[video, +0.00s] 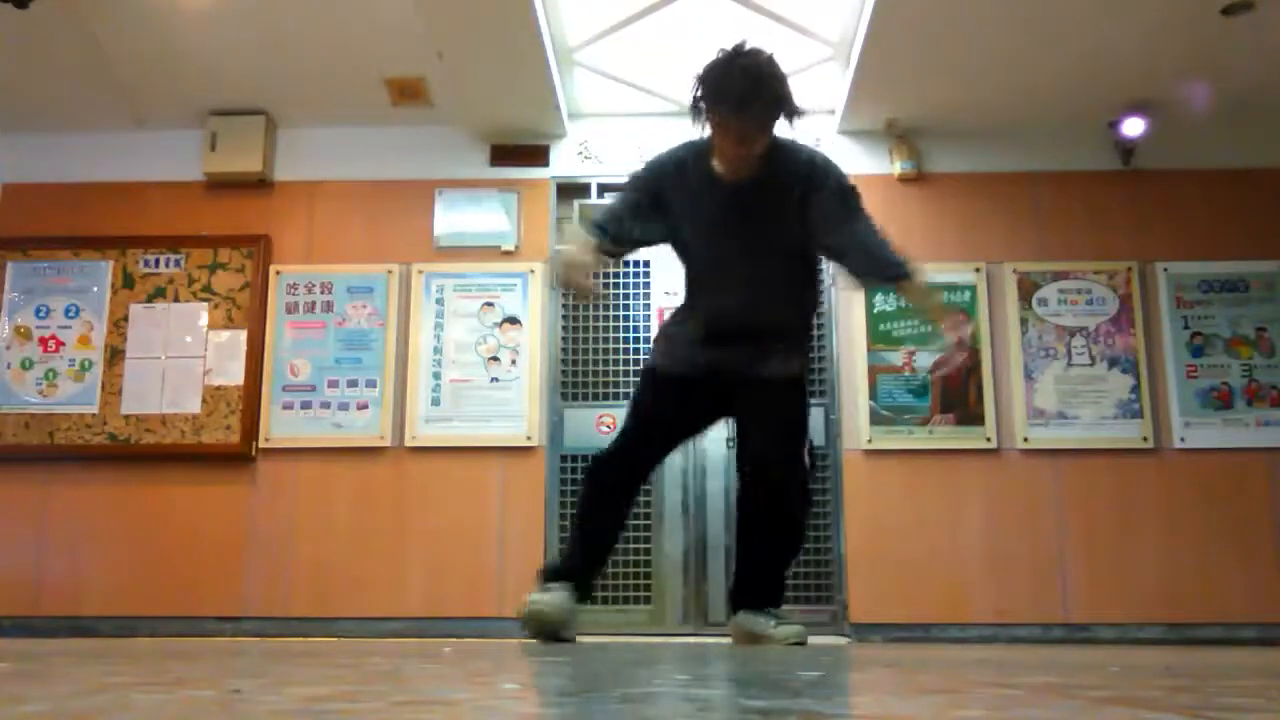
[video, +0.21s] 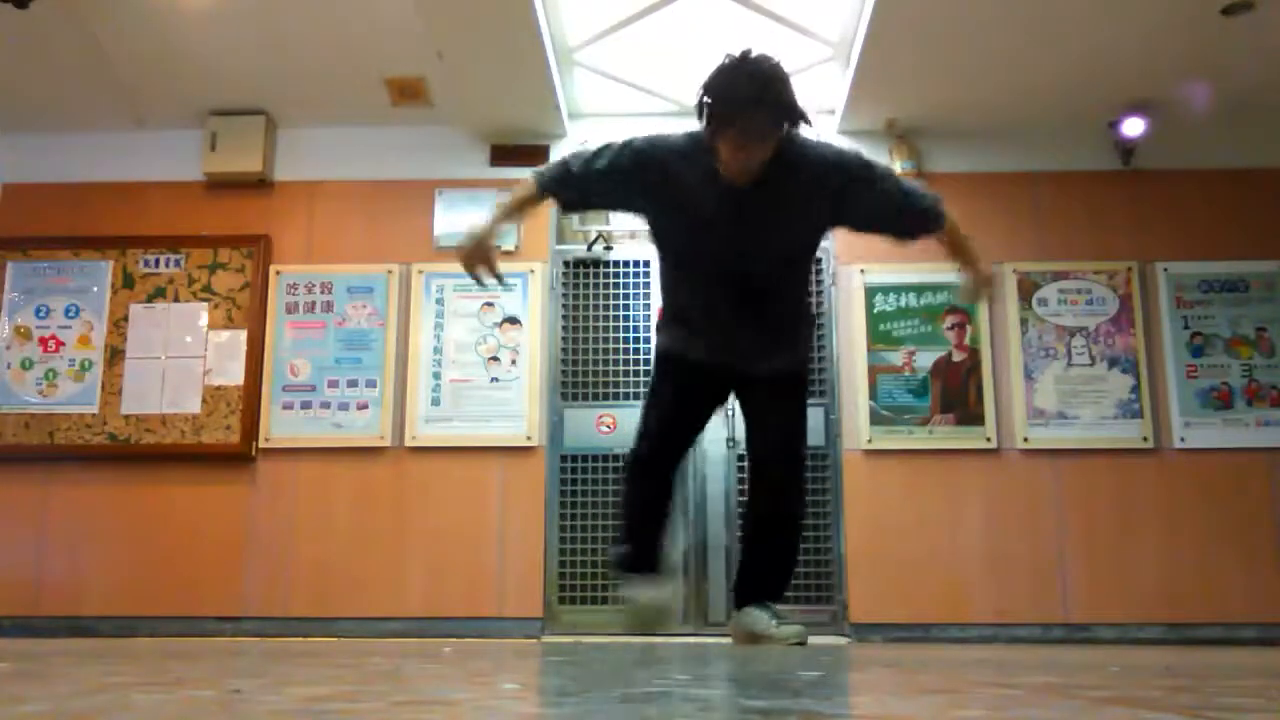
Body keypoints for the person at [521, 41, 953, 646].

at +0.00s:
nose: (736, 147)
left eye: (750, 134)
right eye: (726, 131)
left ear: (773, 123)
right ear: (708, 117)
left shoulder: (807, 178)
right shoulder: (676, 175)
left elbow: (863, 247)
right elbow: (612, 228)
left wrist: (932, 305)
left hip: (775, 362)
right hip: (692, 355)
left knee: (778, 484)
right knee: (626, 458)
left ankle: (756, 609)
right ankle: (565, 586)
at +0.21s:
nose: (739, 155)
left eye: (753, 144)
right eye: (728, 141)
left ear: (780, 132)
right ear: (710, 125)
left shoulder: (820, 171)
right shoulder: (664, 164)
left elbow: (923, 209)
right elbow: (568, 176)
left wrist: (975, 267)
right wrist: (493, 222)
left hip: (777, 354)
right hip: (691, 347)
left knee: (780, 476)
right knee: (652, 457)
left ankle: (758, 605)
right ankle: (640, 580)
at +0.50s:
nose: (793, 114)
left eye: (804, 102)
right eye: (783, 100)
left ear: (819, 95)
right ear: (756, 86)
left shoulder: (813, 139)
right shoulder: (695, 156)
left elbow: (789, 215)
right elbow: (616, 228)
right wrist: (582, 301)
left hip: (775, 322)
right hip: (705, 329)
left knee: (784, 456)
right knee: (729, 458)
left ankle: (764, 596)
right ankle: (725, 602)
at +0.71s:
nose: (808, 64)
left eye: (814, 51)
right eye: (802, 47)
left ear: (810, 51)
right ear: (768, 36)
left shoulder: (773, 114)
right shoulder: (714, 105)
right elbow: (649, 181)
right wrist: (605, 250)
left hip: (773, 311)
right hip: (711, 315)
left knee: (805, 456)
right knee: (728, 455)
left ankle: (764, 596)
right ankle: (719, 603)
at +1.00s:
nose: (806, 23)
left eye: (809, 13)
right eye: (802, 9)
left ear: (780, 12)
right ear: (767, 2)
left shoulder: (754, 82)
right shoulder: (716, 52)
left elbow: (733, 185)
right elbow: (627, 111)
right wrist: (605, 197)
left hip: (729, 280)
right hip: (674, 273)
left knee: (753, 428)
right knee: (692, 427)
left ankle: (735, 589)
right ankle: (652, 576)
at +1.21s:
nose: (708, 2)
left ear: (726, 1)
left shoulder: (759, 65)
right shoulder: (627, 75)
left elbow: (815, 144)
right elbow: (559, 182)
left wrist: (766, 78)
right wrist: (539, 297)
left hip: (721, 283)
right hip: (639, 281)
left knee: (755, 448)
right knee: (647, 432)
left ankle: (700, 572)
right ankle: (602, 594)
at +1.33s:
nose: (665, 6)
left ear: (690, 3)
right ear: (637, 5)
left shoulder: (732, 50)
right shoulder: (592, 83)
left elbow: (771, 80)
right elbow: (549, 187)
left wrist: (790, 120)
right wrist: (528, 277)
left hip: (708, 279)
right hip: (622, 282)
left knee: (760, 414)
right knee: (619, 427)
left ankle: (719, 555)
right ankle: (615, 592)